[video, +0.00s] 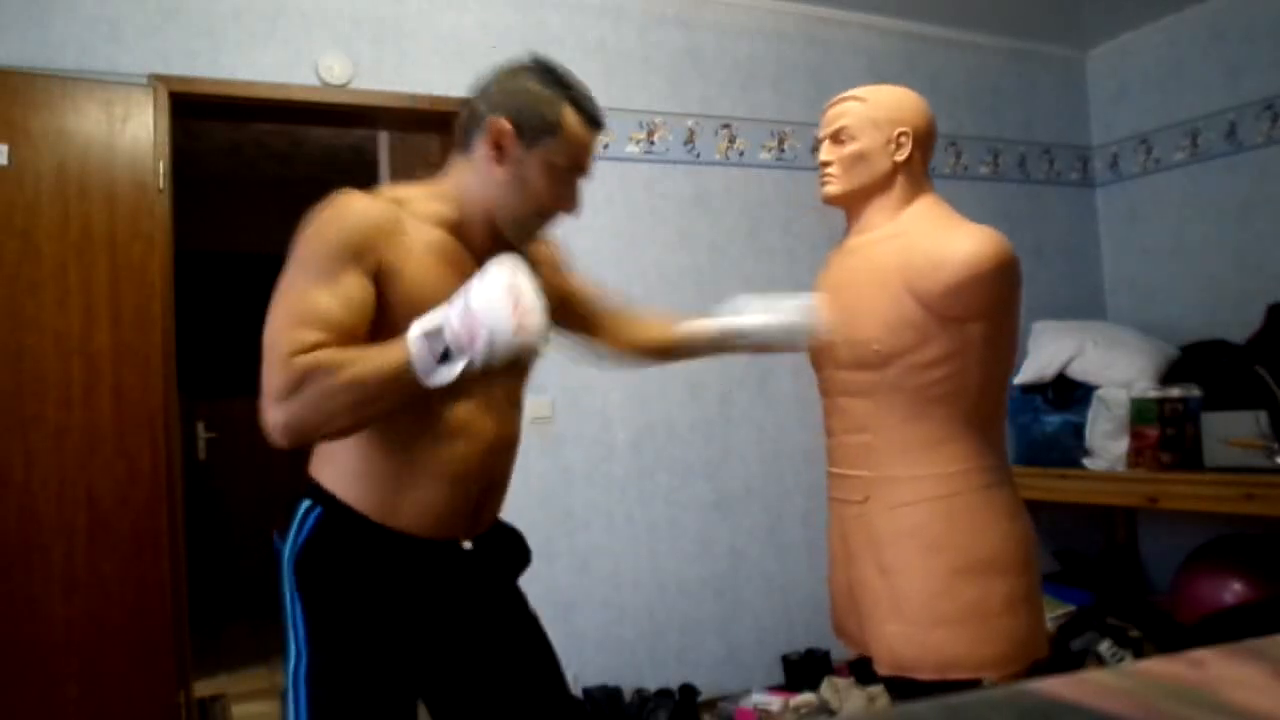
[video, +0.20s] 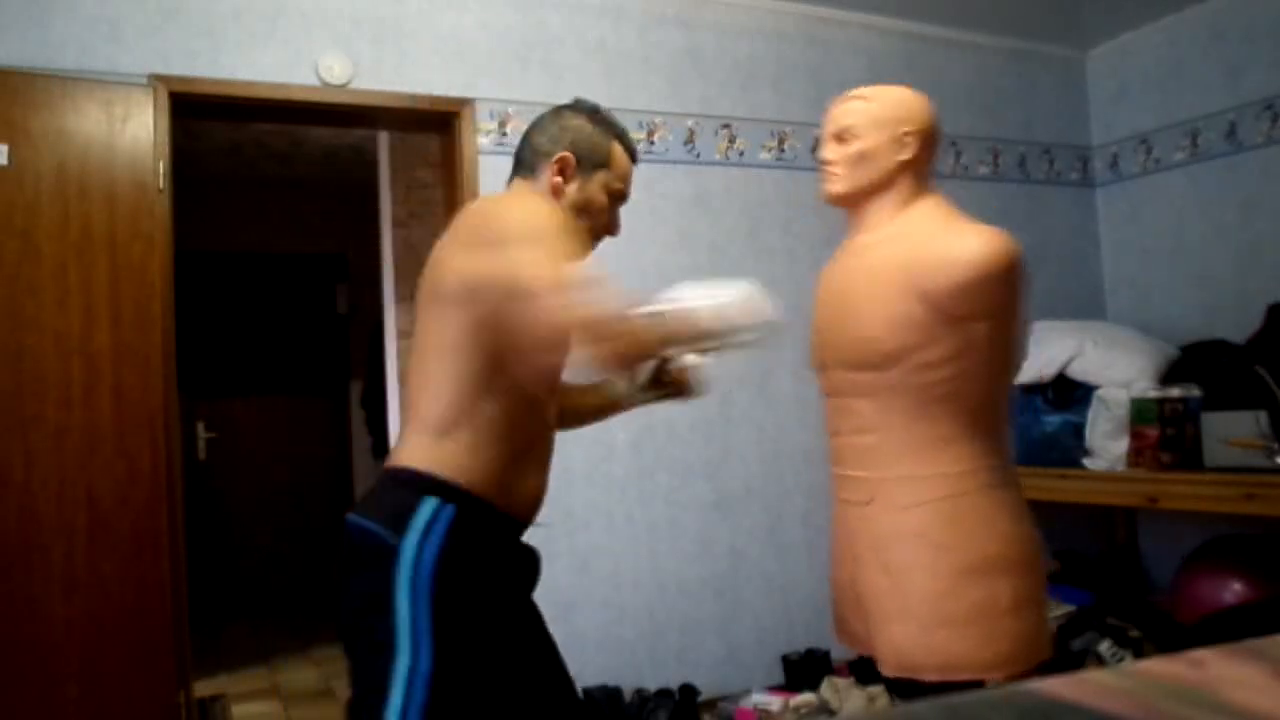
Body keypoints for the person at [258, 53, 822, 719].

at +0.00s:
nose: (571, 199)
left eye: (579, 179)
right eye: (566, 173)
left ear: (504, 150)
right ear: (500, 145)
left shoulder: (522, 261)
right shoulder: (356, 225)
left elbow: (624, 331)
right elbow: (288, 407)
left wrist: (741, 329)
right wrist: (446, 338)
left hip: (468, 574)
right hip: (353, 573)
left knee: (545, 717)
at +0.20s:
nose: (616, 225)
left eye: (622, 203)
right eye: (613, 198)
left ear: (559, 175)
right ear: (561, 173)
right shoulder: (514, 220)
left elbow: (532, 408)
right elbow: (605, 341)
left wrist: (636, 389)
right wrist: (691, 328)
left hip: (470, 543)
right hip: (433, 539)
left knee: (544, 710)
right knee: (412, 709)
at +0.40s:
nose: (594, 222)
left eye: (601, 205)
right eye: (595, 197)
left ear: (540, 164)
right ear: (550, 165)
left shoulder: (443, 236)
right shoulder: (516, 226)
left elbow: (487, 386)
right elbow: (588, 387)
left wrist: (600, 388)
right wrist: (677, 409)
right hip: (460, 525)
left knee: (533, 708)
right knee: (464, 710)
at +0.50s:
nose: (576, 212)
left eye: (582, 193)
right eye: (575, 185)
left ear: (524, 160)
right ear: (527, 158)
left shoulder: (445, 220)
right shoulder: (475, 222)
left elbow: (445, 387)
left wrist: (537, 389)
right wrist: (590, 433)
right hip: (438, 522)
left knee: (521, 706)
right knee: (474, 708)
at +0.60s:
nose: (544, 206)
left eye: (549, 186)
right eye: (539, 179)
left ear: (485, 159)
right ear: (485, 156)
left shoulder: (449, 237)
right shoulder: (418, 228)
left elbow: (447, 391)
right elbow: (410, 403)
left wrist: (528, 408)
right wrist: (531, 438)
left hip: (445, 525)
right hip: (408, 528)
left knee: (519, 708)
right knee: (452, 713)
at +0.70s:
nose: (503, 220)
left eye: (506, 199)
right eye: (495, 194)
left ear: (437, 178)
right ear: (434, 174)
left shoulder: (415, 270)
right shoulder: (357, 264)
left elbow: (423, 434)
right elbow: (352, 450)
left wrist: (503, 477)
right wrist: (484, 494)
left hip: (430, 557)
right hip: (373, 562)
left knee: (530, 707)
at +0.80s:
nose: (465, 226)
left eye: (468, 206)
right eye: (455, 201)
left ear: (393, 187)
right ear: (389, 184)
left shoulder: (380, 304)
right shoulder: (295, 294)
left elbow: (391, 467)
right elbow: (270, 490)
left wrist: (471, 511)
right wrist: (431, 545)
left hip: (397, 595)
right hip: (325, 604)